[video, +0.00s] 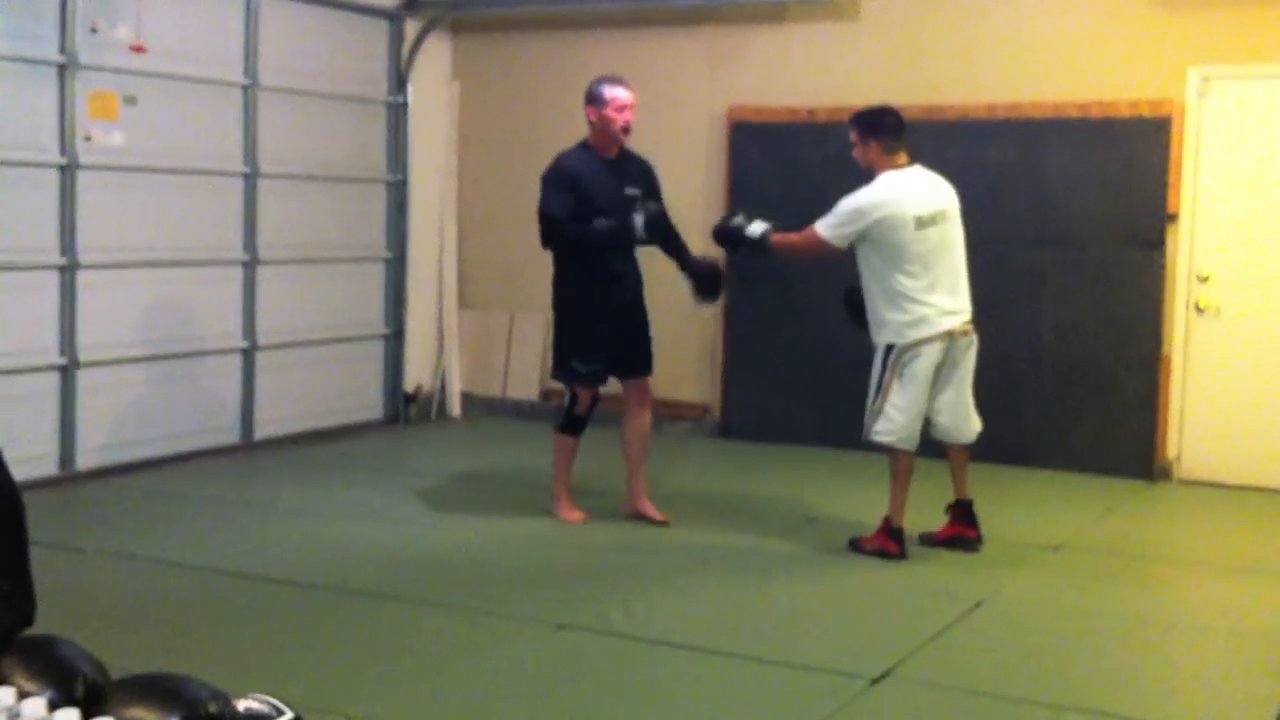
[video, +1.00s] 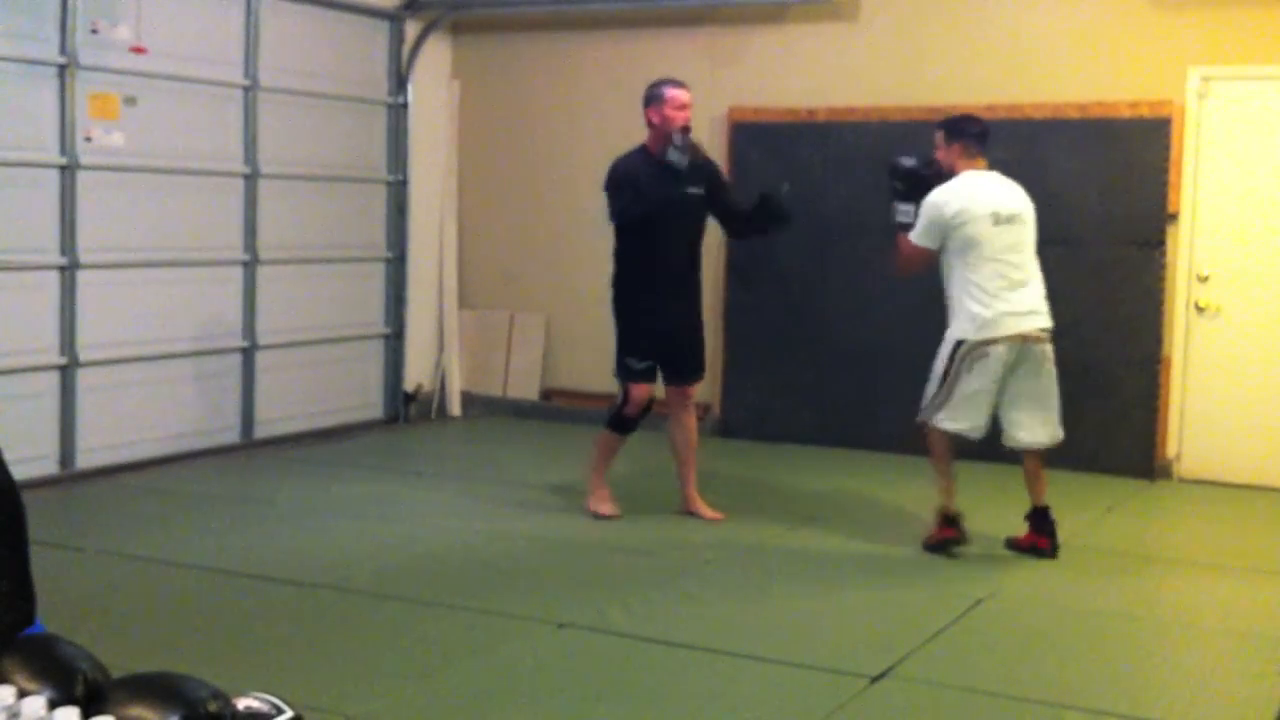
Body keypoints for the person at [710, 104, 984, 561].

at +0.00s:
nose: (855, 154)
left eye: (856, 145)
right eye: (854, 145)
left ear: (870, 145)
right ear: (901, 140)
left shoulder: (873, 199)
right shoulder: (940, 186)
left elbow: (808, 243)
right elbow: (931, 262)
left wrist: (759, 235)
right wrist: (880, 297)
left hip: (913, 334)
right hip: (960, 326)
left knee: (900, 431)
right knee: (956, 423)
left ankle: (892, 530)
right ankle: (964, 518)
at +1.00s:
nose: (936, 156)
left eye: (938, 147)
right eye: (937, 147)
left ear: (954, 148)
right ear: (980, 147)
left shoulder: (944, 198)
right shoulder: (1018, 193)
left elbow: (910, 261)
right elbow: (996, 242)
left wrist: (904, 209)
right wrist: (944, 193)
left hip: (980, 331)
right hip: (1035, 329)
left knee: (937, 421)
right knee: (1031, 431)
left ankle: (948, 520)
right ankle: (1042, 526)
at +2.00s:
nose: (1059, 173)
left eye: (1062, 164)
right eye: (1059, 164)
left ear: (1080, 164)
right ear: (1106, 163)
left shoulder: (1084, 214)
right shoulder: (1143, 206)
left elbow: (1053, 278)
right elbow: (1122, 263)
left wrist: (1043, 229)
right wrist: (1069, 216)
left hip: (1111, 349)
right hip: (1165, 341)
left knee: (1043, 431)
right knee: (1179, 439)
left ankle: (1028, 530)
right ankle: (1197, 530)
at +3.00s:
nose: (1032, 174)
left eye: (1034, 166)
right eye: (1032, 166)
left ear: (1049, 165)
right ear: (1072, 162)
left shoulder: (1046, 212)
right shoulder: (1115, 204)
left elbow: (1004, 268)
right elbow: (1084, 249)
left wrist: (997, 225)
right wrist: (1036, 208)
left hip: (1074, 338)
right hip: (1124, 338)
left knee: (1029, 428)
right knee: (1122, 426)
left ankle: (1025, 523)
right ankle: (1151, 499)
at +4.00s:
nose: (1000, 184)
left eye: (1005, 176)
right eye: (1001, 176)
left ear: (1026, 176)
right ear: (1041, 176)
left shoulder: (1021, 221)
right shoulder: (1071, 215)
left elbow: (1006, 286)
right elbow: (1048, 268)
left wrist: (980, 250)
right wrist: (1005, 222)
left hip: (1039, 341)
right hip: (1082, 337)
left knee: (971, 417)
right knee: (1092, 431)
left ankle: (964, 512)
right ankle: (1115, 513)